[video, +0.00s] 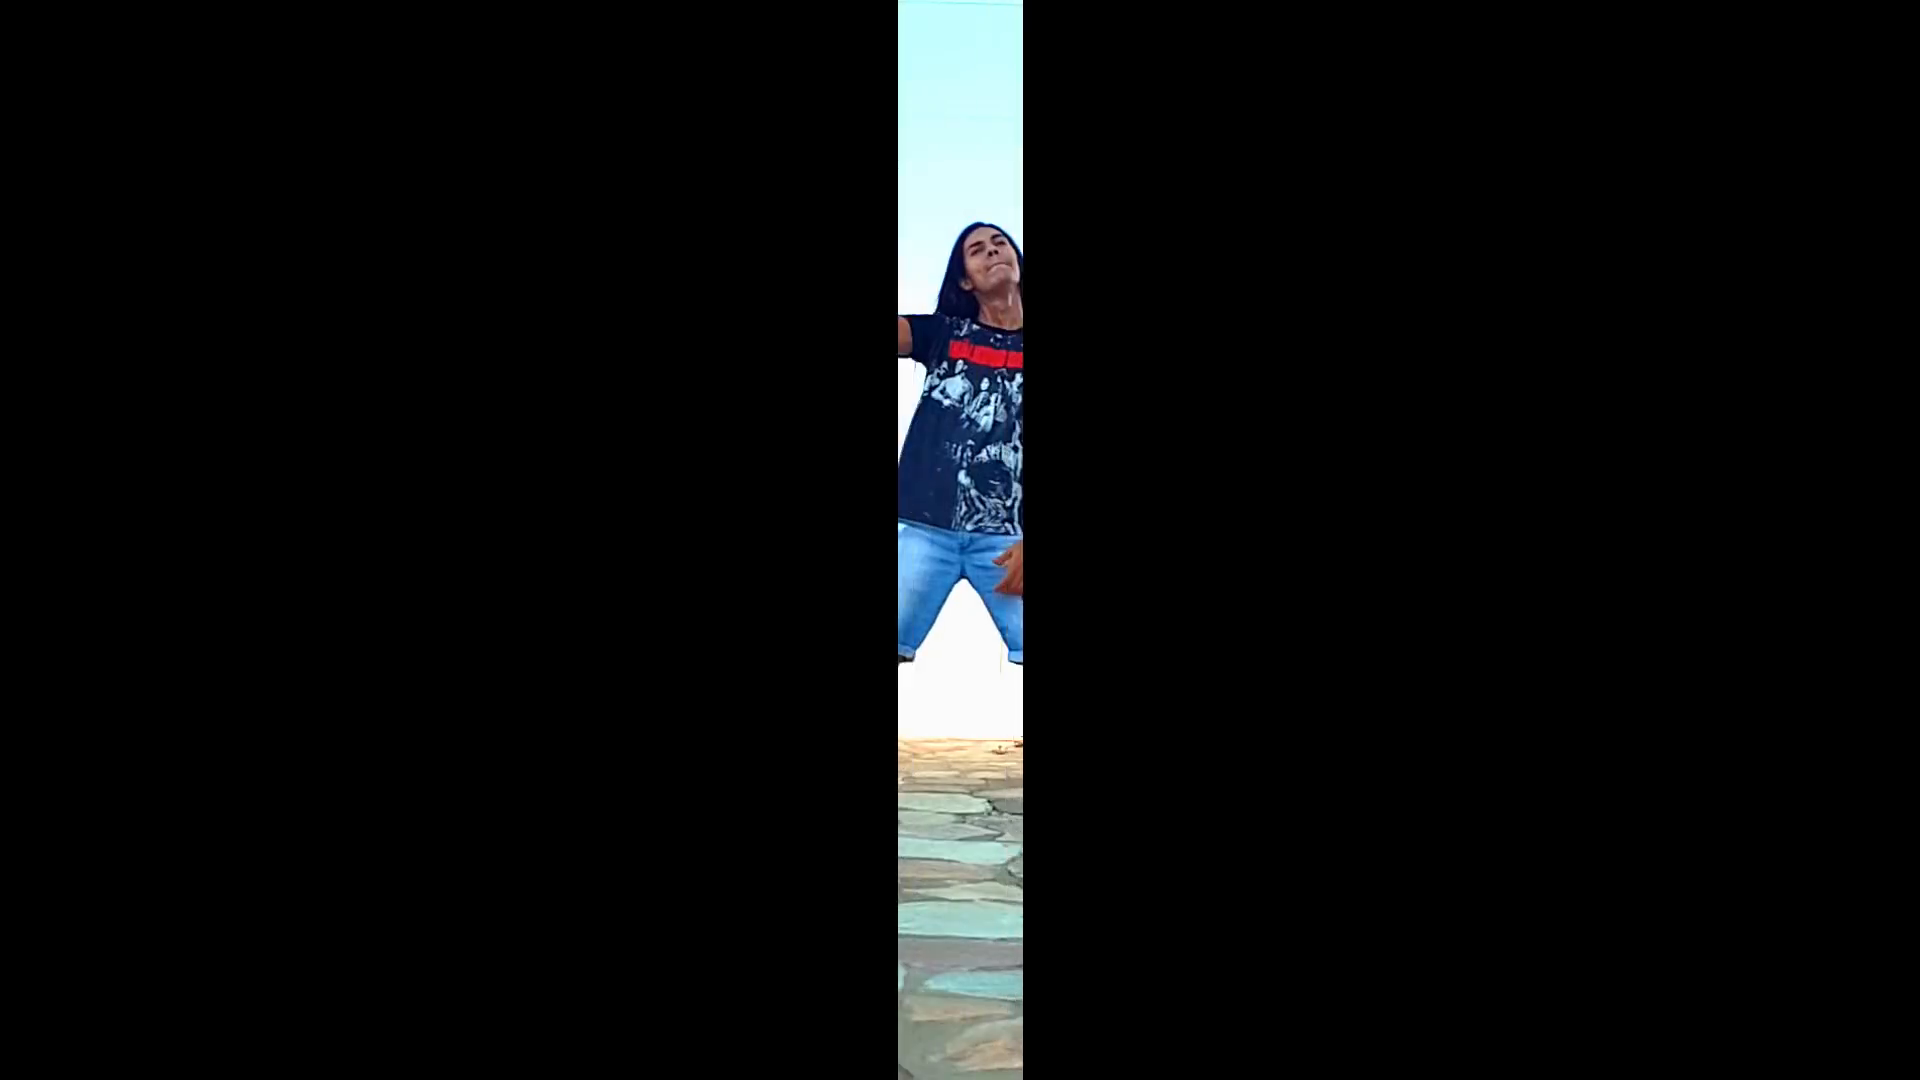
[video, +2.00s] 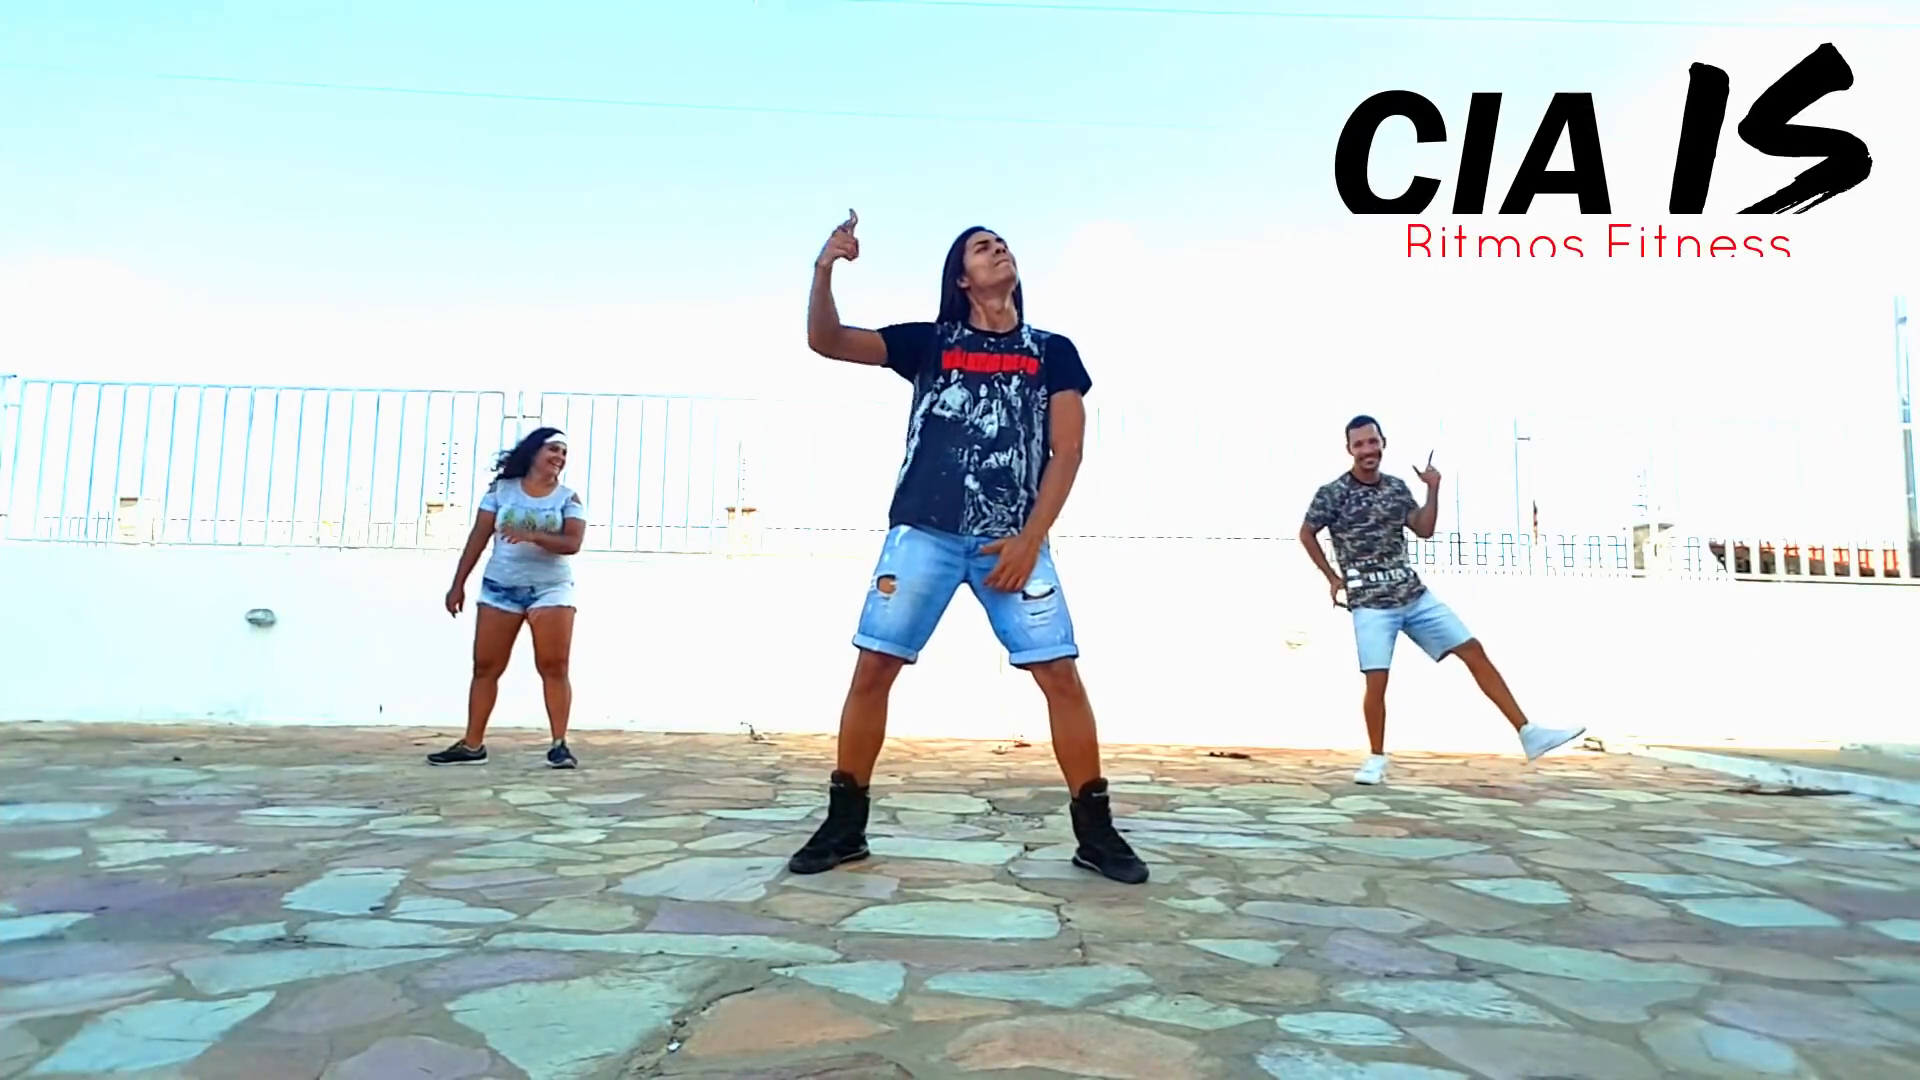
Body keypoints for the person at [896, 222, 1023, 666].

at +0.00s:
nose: (992, 251)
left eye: (1000, 243)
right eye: (977, 250)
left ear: (1019, 262)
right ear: (965, 281)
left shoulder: (1027, 339)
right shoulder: (945, 330)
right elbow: (897, 331)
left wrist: (1027, 540)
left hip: (1006, 535)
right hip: (922, 527)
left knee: (1030, 652)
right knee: (893, 648)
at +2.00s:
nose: (997, 251)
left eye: (1001, 246)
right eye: (982, 249)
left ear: (1016, 269)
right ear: (960, 278)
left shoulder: (1053, 353)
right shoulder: (929, 343)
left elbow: (1066, 451)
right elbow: (827, 341)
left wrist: (1033, 535)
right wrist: (824, 268)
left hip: (1016, 539)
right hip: (925, 531)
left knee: (1061, 676)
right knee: (873, 669)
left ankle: (1096, 832)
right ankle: (843, 825)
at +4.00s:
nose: (967, 270)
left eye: (978, 260)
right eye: (954, 262)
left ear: (997, 274)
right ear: (937, 279)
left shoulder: (1031, 336)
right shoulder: (923, 348)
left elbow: (1048, 361)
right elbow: (928, 391)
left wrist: (1013, 344)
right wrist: (902, 375)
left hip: (1017, 529)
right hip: (931, 526)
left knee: (1063, 667)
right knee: (874, 664)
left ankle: (1097, 831)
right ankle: (843, 824)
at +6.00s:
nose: (964, 253)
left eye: (980, 245)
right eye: (966, 246)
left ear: (1013, 262)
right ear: (969, 270)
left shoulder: (1055, 334)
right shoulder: (940, 352)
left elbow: (1058, 387)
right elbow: (855, 416)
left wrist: (1002, 406)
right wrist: (764, 379)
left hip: (1016, 536)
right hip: (928, 531)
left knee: (1070, 670)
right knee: (872, 669)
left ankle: (1099, 831)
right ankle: (843, 824)